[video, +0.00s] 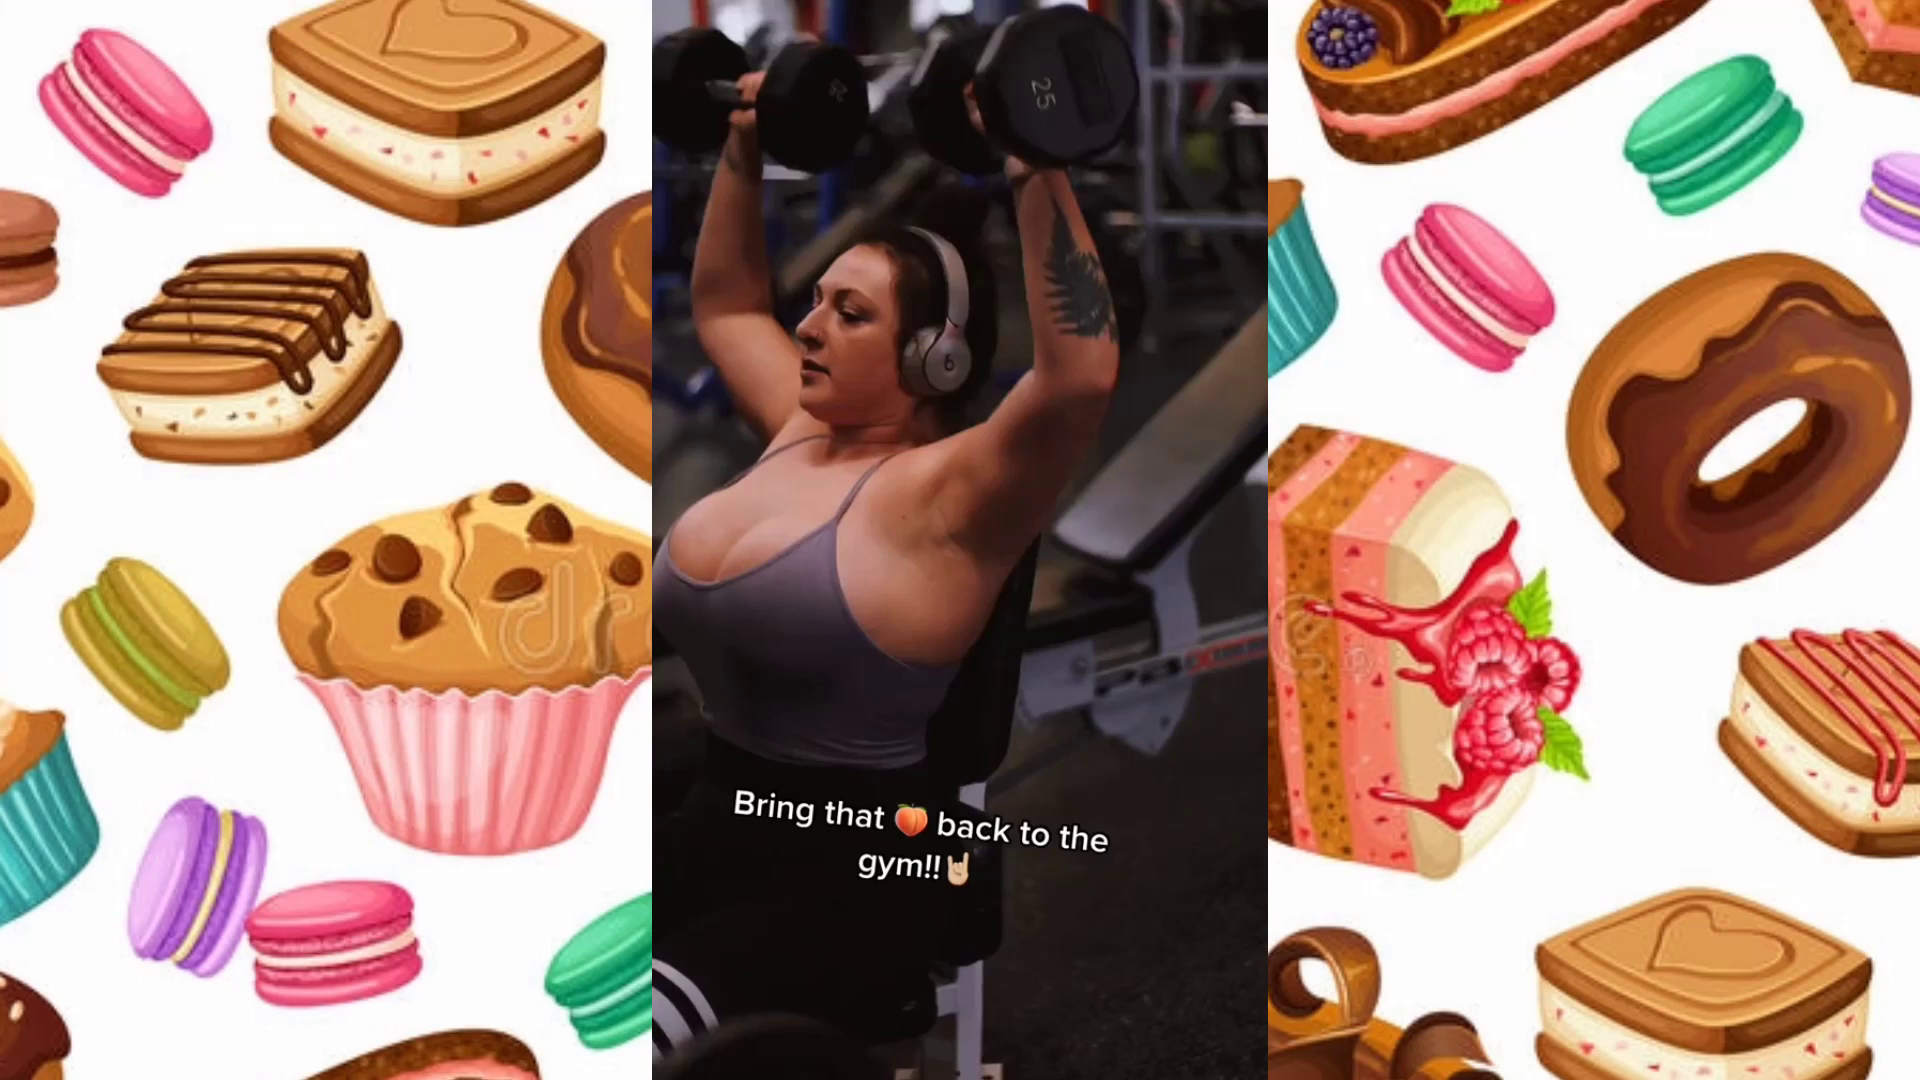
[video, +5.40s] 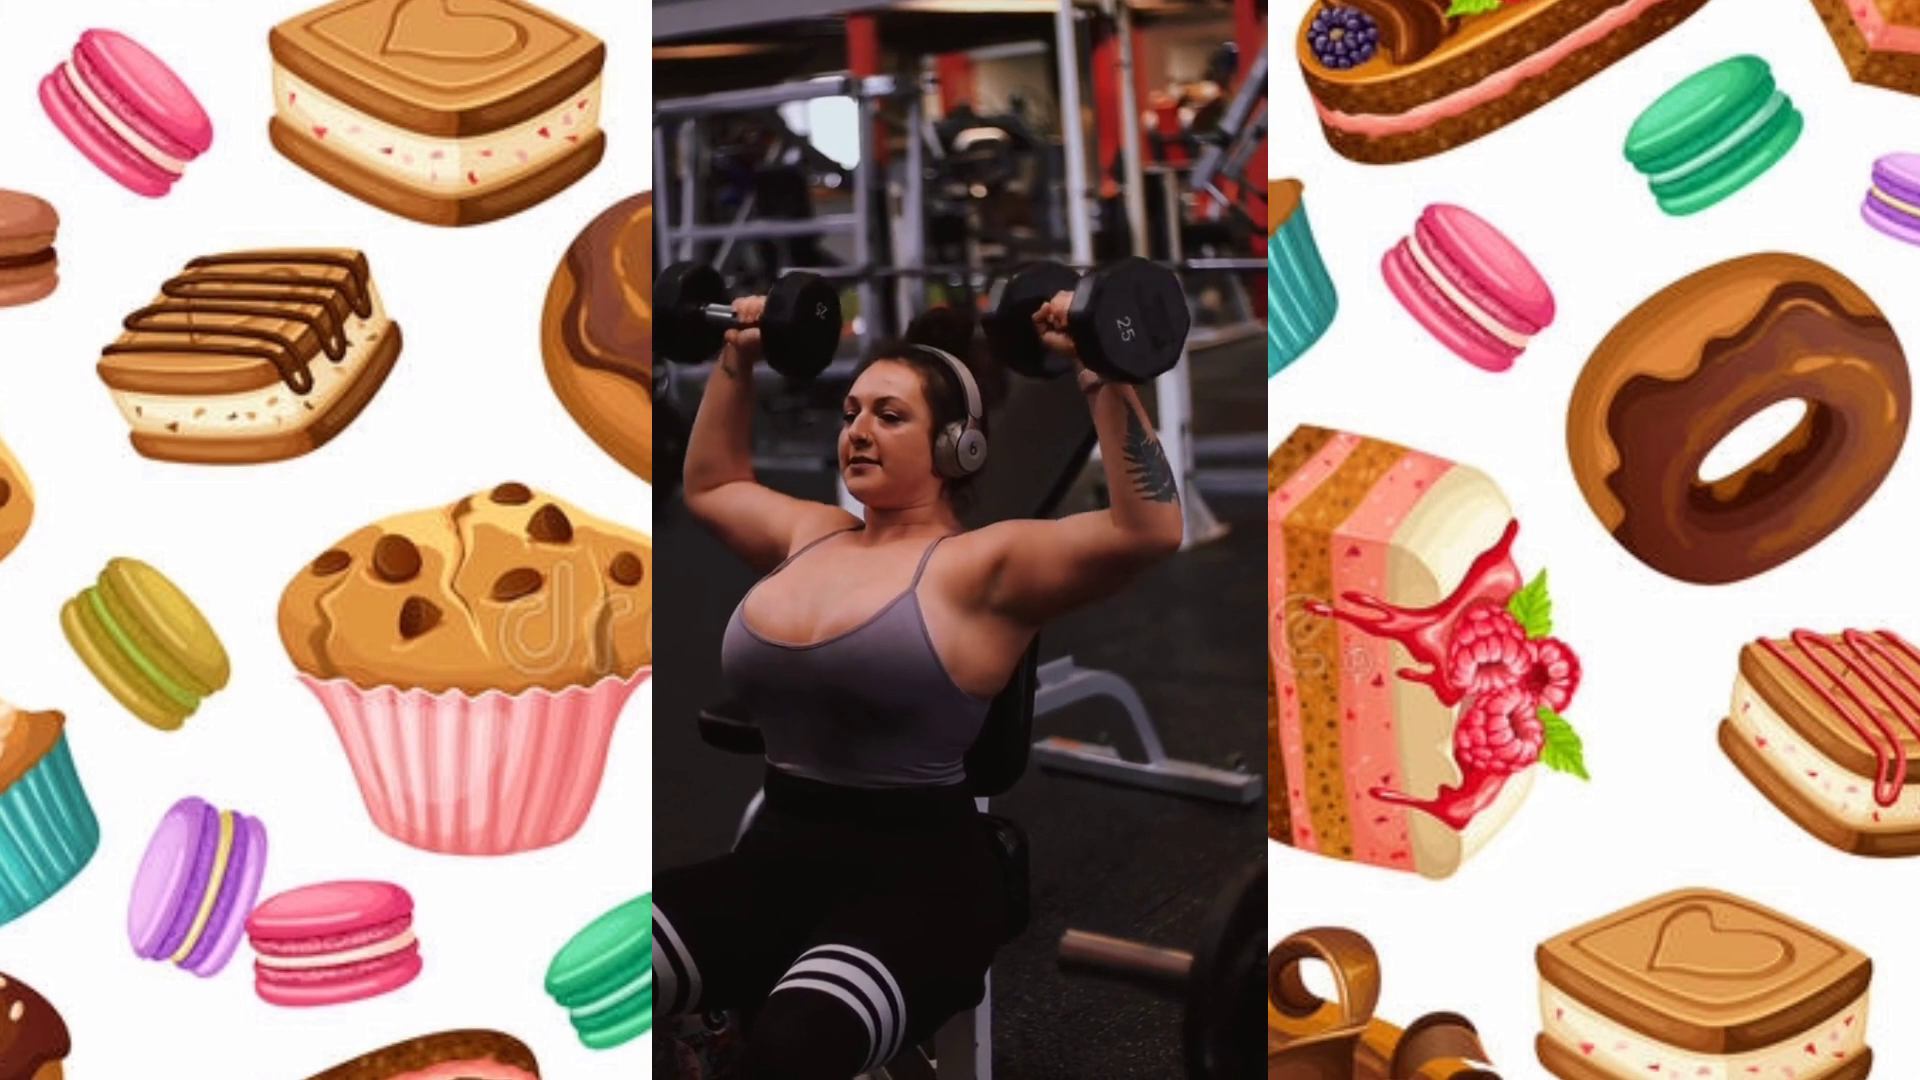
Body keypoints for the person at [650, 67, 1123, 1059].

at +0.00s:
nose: (811, 325)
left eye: (849, 311)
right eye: (818, 302)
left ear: (928, 355)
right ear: (806, 310)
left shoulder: (952, 497)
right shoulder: (801, 430)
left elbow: (1078, 377)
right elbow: (729, 306)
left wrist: (1033, 162)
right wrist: (742, 153)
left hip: (855, 875)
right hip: (725, 832)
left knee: (599, 1020)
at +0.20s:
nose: (798, 305)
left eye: (837, 288)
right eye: (804, 280)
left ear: (913, 329)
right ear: (791, 296)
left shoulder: (939, 465)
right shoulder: (790, 399)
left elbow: (1043, 303)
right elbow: (722, 244)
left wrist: (1005, 89)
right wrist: (731, 84)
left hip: (833, 857)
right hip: (707, 805)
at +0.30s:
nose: (785, 310)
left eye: (825, 293)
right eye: (792, 284)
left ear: (899, 332)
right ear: (780, 298)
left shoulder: (931, 461)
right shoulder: (775, 405)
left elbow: (996, 272)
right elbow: (721, 224)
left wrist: (971, 63)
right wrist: (724, 45)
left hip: (827, 852)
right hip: (699, 815)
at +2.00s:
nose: (839, 332)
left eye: (874, 316)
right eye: (836, 312)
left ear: (951, 351)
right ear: (826, 332)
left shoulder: (984, 485)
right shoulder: (801, 436)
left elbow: (1125, 381)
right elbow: (697, 333)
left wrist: (1082, 182)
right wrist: (720, 191)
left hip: (904, 851)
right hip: (756, 826)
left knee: (720, 1046)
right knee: (551, 944)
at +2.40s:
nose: (843, 340)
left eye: (880, 323)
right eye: (840, 320)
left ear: (950, 359)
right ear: (825, 337)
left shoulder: (987, 493)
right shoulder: (802, 457)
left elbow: (1176, 533)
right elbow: (694, 449)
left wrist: (1148, 346)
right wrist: (707, 316)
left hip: (909, 840)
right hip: (762, 817)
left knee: (742, 1031)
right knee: (562, 919)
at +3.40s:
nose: (900, 386)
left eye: (932, 373)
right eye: (896, 369)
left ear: (992, 410)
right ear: (884, 390)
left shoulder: (1021, 515)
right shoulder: (852, 481)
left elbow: (1118, 379)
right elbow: (766, 351)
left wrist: (1072, 218)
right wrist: (775, 208)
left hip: (958, 841)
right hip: (822, 823)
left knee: (827, 1013)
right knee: (612, 935)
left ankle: (927, 1055)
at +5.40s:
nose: (857, 429)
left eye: (889, 414)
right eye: (852, 412)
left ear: (954, 445)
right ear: (838, 429)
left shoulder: (985, 566)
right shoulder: (812, 531)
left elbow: (1150, 528)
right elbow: (710, 485)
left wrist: (1096, 369)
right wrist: (736, 358)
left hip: (921, 879)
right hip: (783, 860)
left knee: (790, 1045)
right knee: (596, 972)